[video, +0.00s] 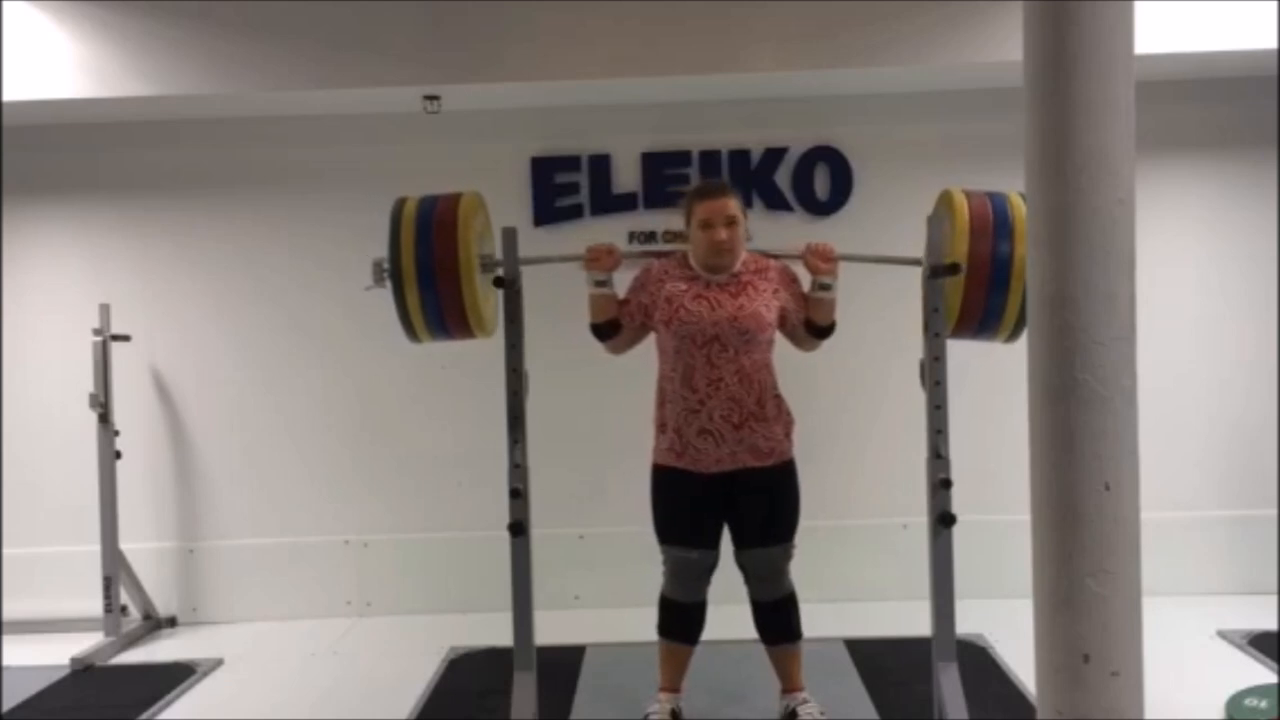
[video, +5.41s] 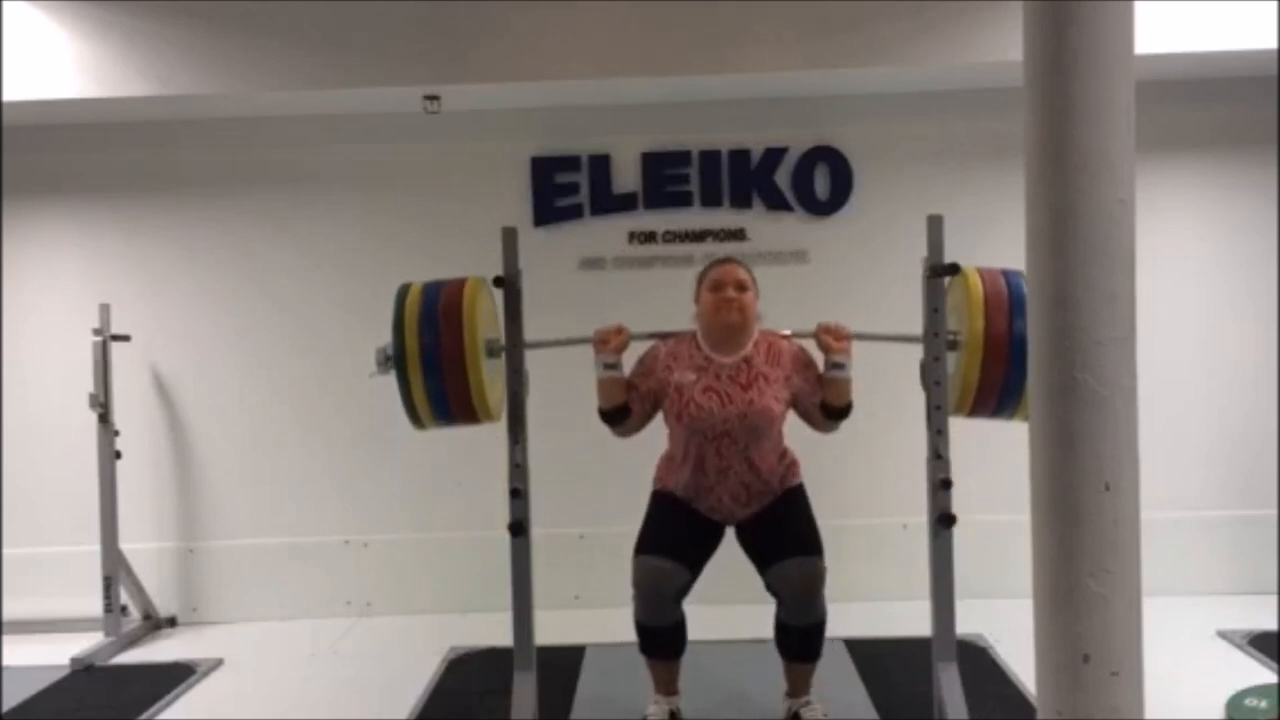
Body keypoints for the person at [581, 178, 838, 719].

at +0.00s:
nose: (721, 234)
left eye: (730, 223)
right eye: (708, 225)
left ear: (745, 227)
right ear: (687, 232)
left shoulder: (770, 275)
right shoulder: (660, 279)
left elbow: (810, 338)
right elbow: (614, 339)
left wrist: (823, 283)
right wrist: (600, 281)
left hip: (762, 457)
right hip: (685, 460)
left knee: (770, 580)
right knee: (684, 581)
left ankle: (795, 696)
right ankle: (667, 699)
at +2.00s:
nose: (725, 271)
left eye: (735, 262)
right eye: (712, 263)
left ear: (751, 273)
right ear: (694, 277)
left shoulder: (778, 329)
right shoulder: (665, 331)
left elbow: (819, 390)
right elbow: (620, 394)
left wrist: (831, 333)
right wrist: (605, 335)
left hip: (764, 474)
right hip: (682, 477)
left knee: (803, 575)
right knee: (657, 582)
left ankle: (802, 699)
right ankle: (665, 702)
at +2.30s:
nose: (728, 343)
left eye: (739, 334)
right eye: (715, 335)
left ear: (754, 345)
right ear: (698, 349)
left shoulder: (782, 398)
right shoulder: (671, 400)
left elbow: (828, 460)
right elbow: (624, 466)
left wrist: (838, 407)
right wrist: (609, 407)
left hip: (768, 524)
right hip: (686, 526)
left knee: (816, 595)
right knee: (653, 602)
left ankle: (801, 702)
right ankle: (666, 705)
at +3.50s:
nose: (731, 271)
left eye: (742, 264)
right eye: (719, 264)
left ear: (758, 279)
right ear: (700, 280)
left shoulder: (786, 333)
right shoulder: (671, 334)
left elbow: (827, 397)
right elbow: (626, 400)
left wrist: (840, 341)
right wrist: (610, 341)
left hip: (770, 478)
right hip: (686, 480)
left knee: (803, 579)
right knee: (660, 584)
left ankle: (800, 700)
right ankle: (665, 702)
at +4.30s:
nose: (730, 342)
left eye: (740, 333)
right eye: (717, 334)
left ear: (756, 346)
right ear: (700, 349)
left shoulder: (784, 399)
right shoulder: (671, 401)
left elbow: (829, 461)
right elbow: (626, 461)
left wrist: (839, 409)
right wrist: (611, 407)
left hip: (767, 524)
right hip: (686, 526)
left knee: (813, 593)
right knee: (649, 597)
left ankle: (801, 702)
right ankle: (665, 703)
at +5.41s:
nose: (730, 295)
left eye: (740, 288)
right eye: (717, 288)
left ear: (756, 303)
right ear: (697, 305)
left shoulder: (782, 355)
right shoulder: (668, 358)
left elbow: (827, 419)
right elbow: (623, 422)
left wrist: (838, 362)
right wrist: (608, 363)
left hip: (769, 489)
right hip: (687, 491)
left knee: (802, 585)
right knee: (653, 584)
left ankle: (800, 701)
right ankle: (664, 702)